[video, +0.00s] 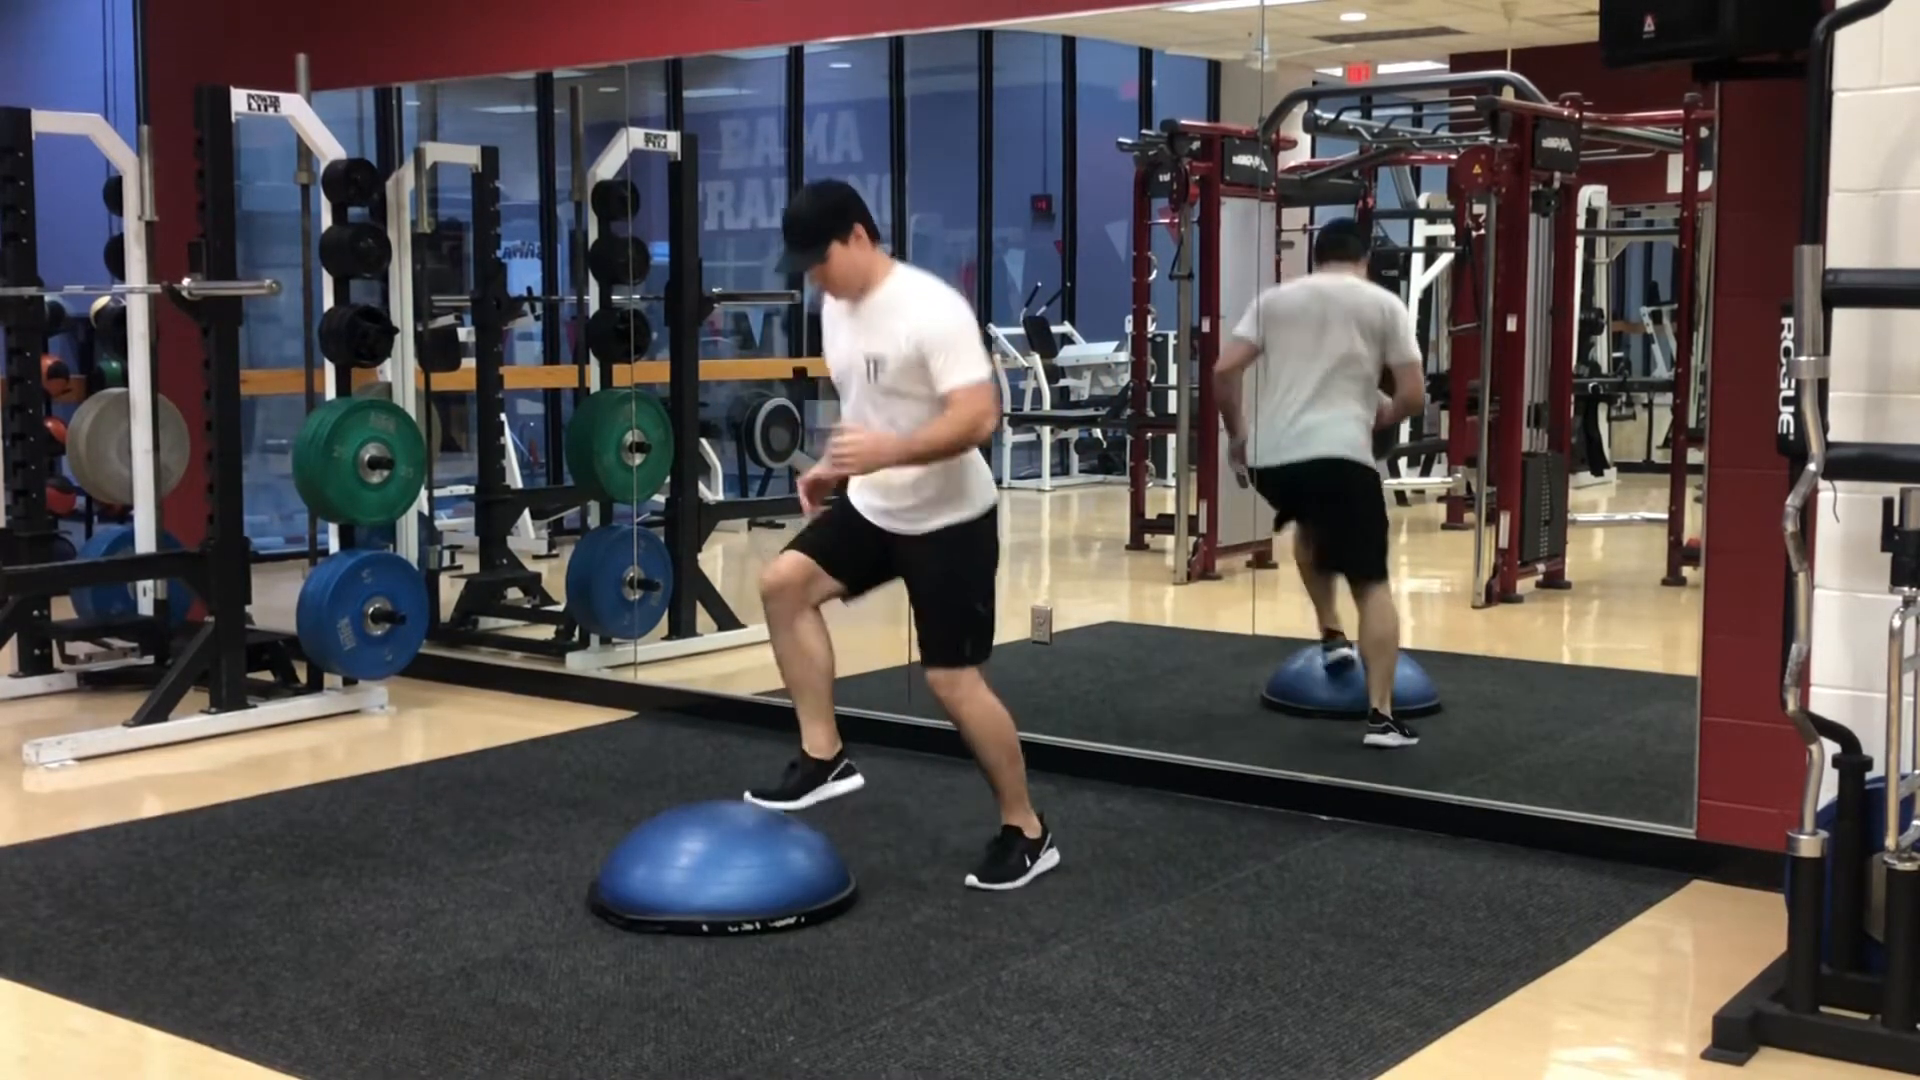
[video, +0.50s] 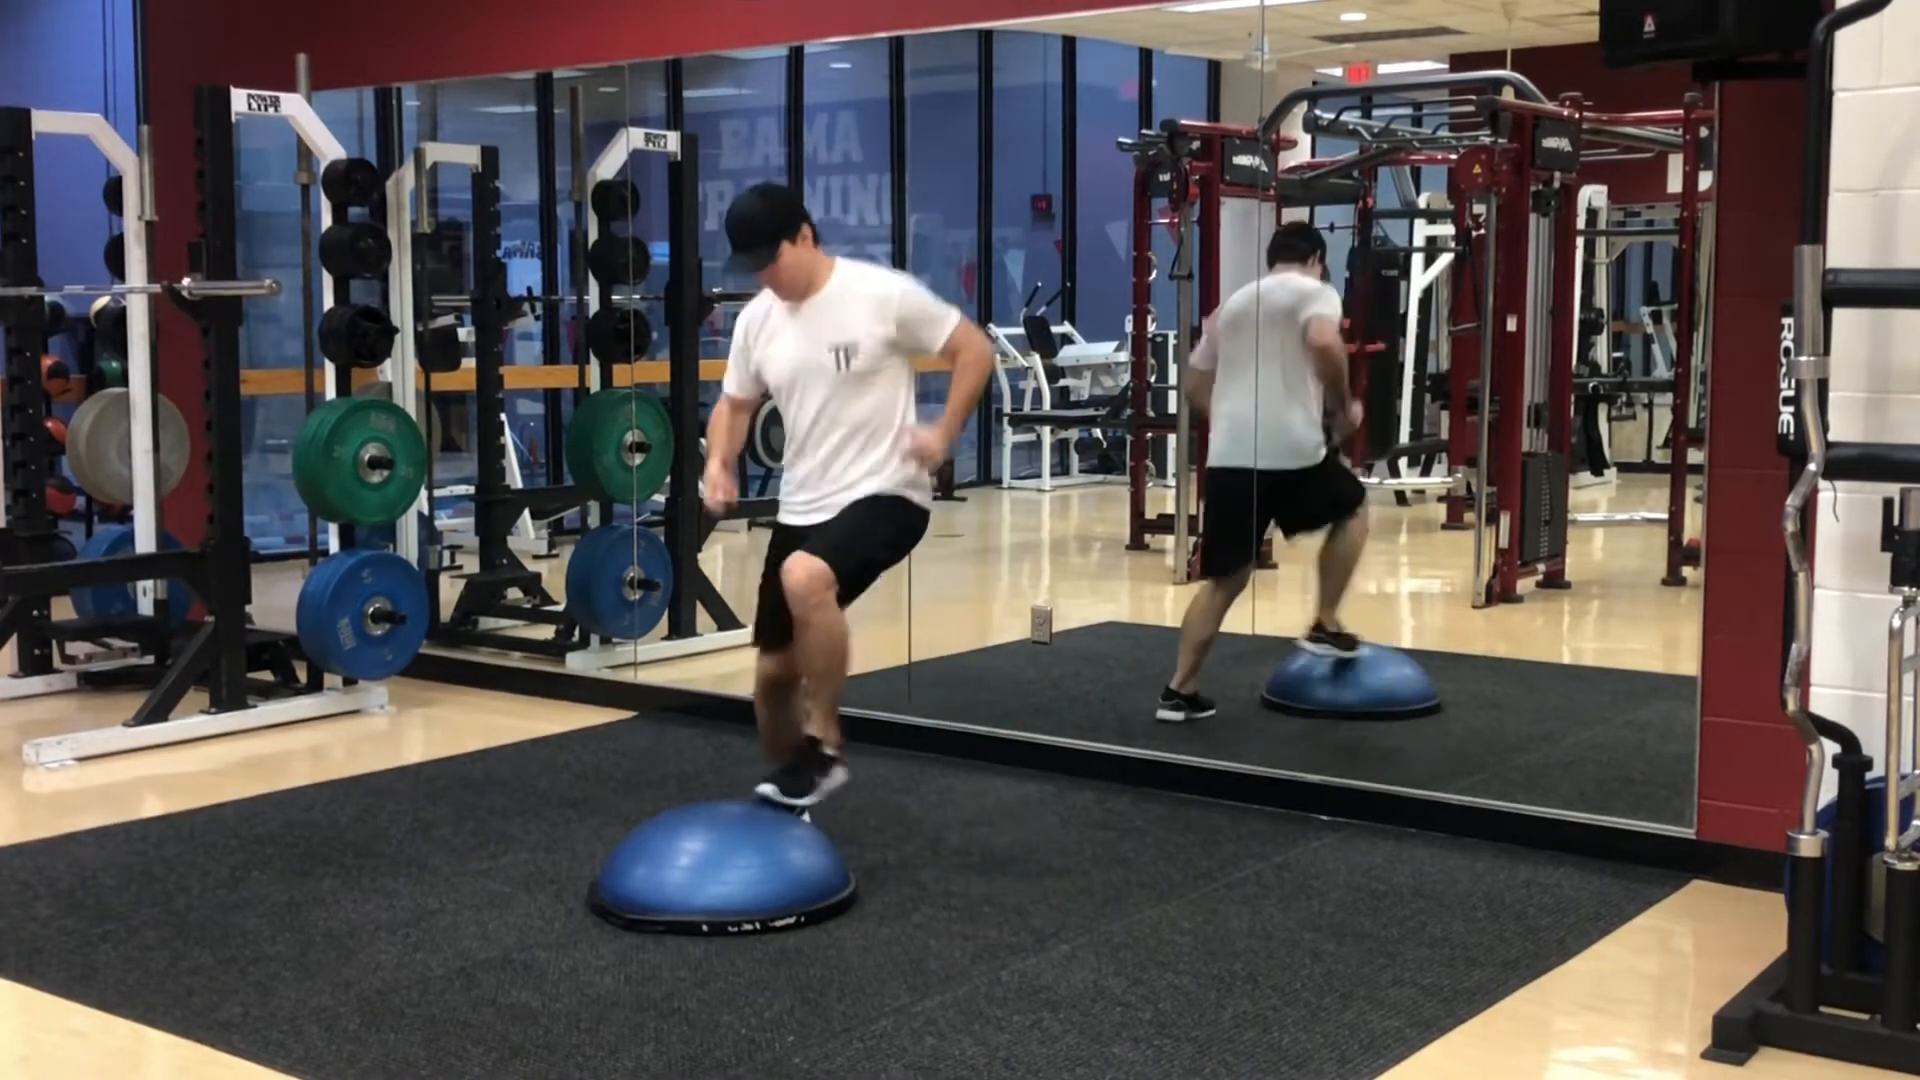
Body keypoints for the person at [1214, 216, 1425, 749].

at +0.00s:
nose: (1366, 270)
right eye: (1368, 263)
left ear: (1315, 260)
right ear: (1364, 261)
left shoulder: (1273, 300)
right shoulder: (1385, 304)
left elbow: (1224, 372)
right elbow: (1412, 396)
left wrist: (1236, 437)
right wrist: (1373, 422)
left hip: (1273, 459)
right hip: (1344, 459)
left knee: (1307, 527)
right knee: (1372, 585)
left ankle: (1332, 638)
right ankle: (1381, 714)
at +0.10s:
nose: (1365, 269)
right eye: (1367, 262)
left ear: (1315, 256)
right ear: (1363, 261)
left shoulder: (1273, 296)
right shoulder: (1384, 302)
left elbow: (1219, 363)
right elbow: (1406, 390)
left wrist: (1241, 417)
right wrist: (1370, 381)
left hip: (1272, 461)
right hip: (1341, 463)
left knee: (1297, 530)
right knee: (1370, 591)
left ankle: (1304, 633)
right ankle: (1380, 715)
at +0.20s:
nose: (1358, 241)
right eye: (1358, 233)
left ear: (1305, 227)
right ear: (1351, 231)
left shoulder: (1259, 266)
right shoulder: (1367, 270)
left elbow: (1207, 331)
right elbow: (1393, 349)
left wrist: (1244, 377)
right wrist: (1362, 368)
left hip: (1258, 431)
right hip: (1329, 433)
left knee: (1274, 524)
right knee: (1360, 557)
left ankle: (1238, 636)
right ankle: (1372, 677)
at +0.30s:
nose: (1344, 243)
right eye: (1344, 236)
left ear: (1295, 232)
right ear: (1341, 235)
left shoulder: (1248, 270)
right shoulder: (1349, 266)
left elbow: (1198, 344)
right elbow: (1360, 333)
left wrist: (1236, 384)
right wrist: (1356, 385)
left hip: (1241, 421)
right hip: (1308, 424)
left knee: (1246, 545)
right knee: (1358, 518)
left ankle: (1197, 659)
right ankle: (1341, 629)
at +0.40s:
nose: (1330, 271)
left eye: (1328, 266)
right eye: (1330, 265)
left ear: (1280, 259)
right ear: (1324, 261)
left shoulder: (1238, 301)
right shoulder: (1326, 292)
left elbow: (1197, 384)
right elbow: (1329, 350)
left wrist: (1240, 418)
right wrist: (1337, 418)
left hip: (1229, 452)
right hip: (1292, 451)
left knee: (1225, 569)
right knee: (1342, 507)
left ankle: (1180, 690)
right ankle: (1314, 616)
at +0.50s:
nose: (1323, 272)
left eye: (1321, 267)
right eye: (1323, 266)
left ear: (1272, 259)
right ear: (1315, 262)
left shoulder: (1232, 304)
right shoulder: (1318, 292)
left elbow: (1194, 379)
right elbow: (1323, 342)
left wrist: (1233, 417)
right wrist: (1344, 402)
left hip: (1230, 455)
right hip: (1292, 449)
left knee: (1225, 576)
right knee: (1352, 512)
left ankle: (1180, 689)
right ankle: (1326, 622)